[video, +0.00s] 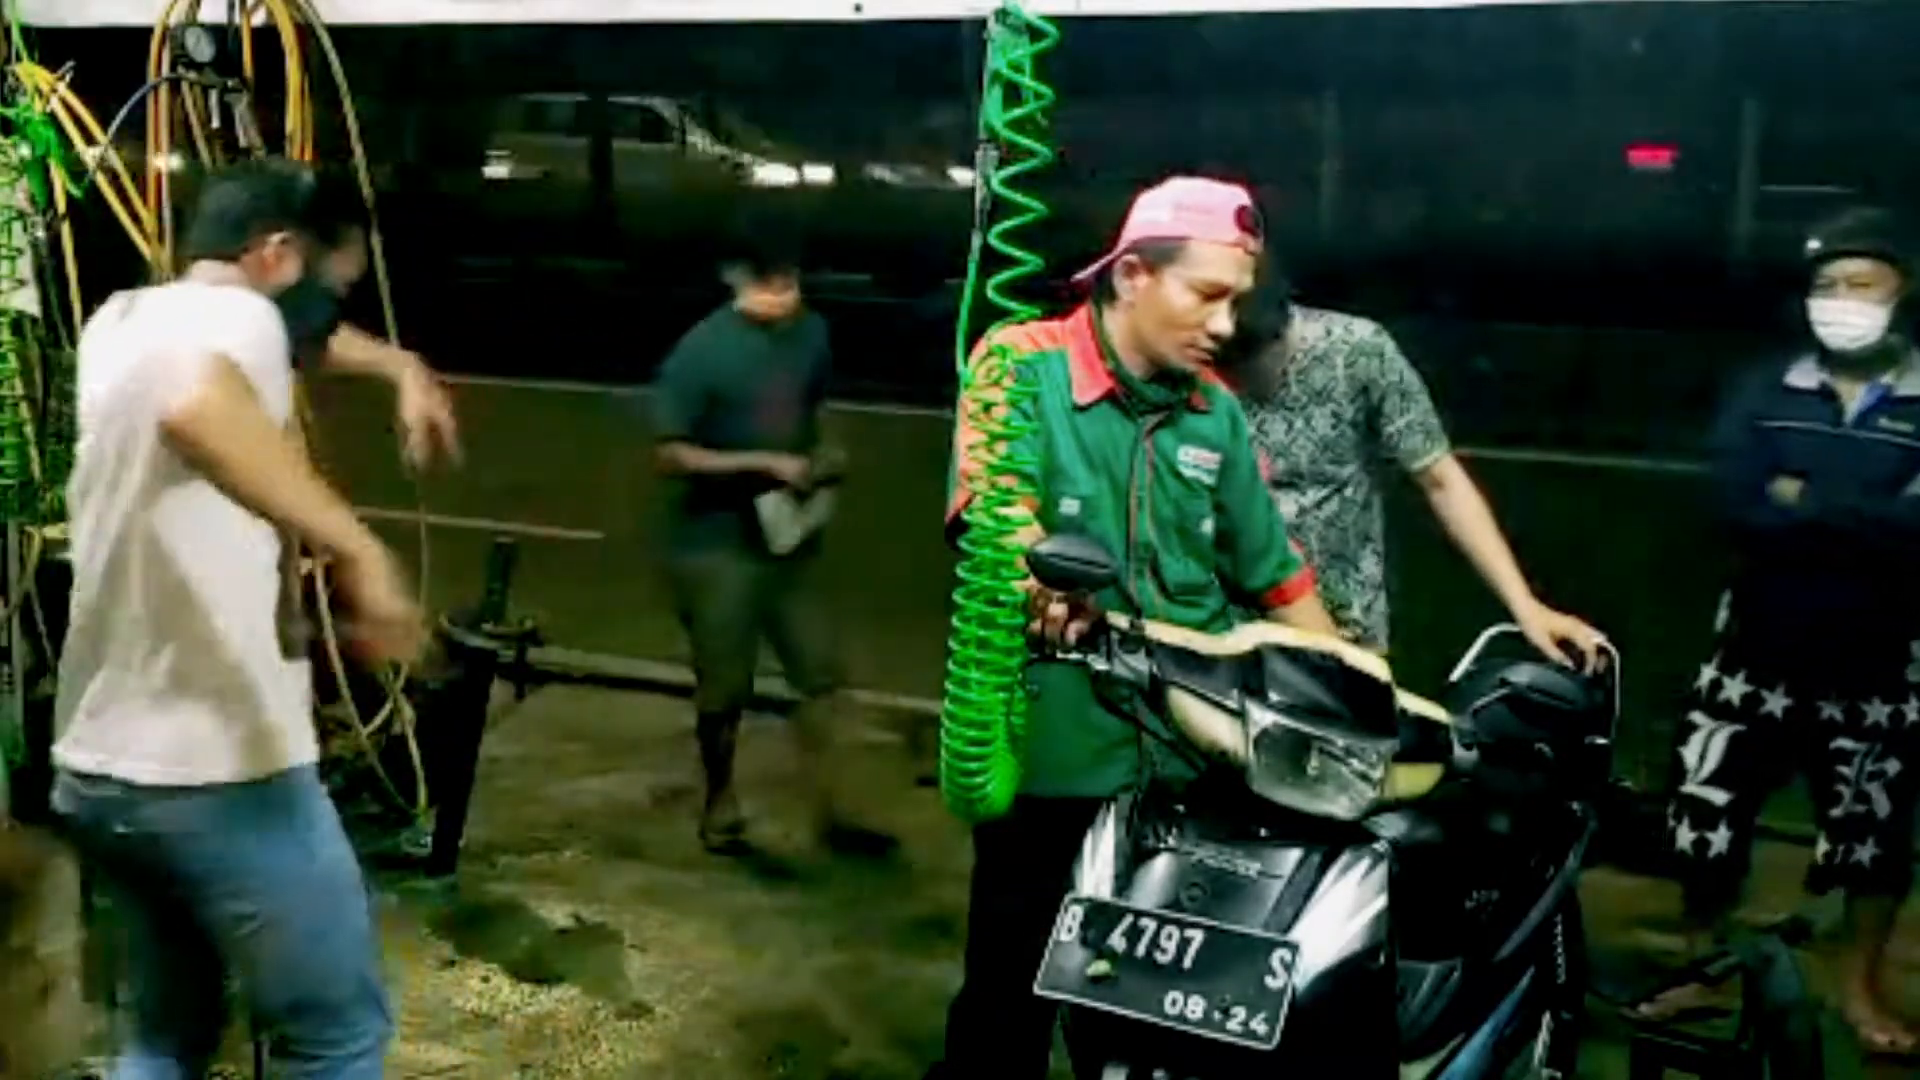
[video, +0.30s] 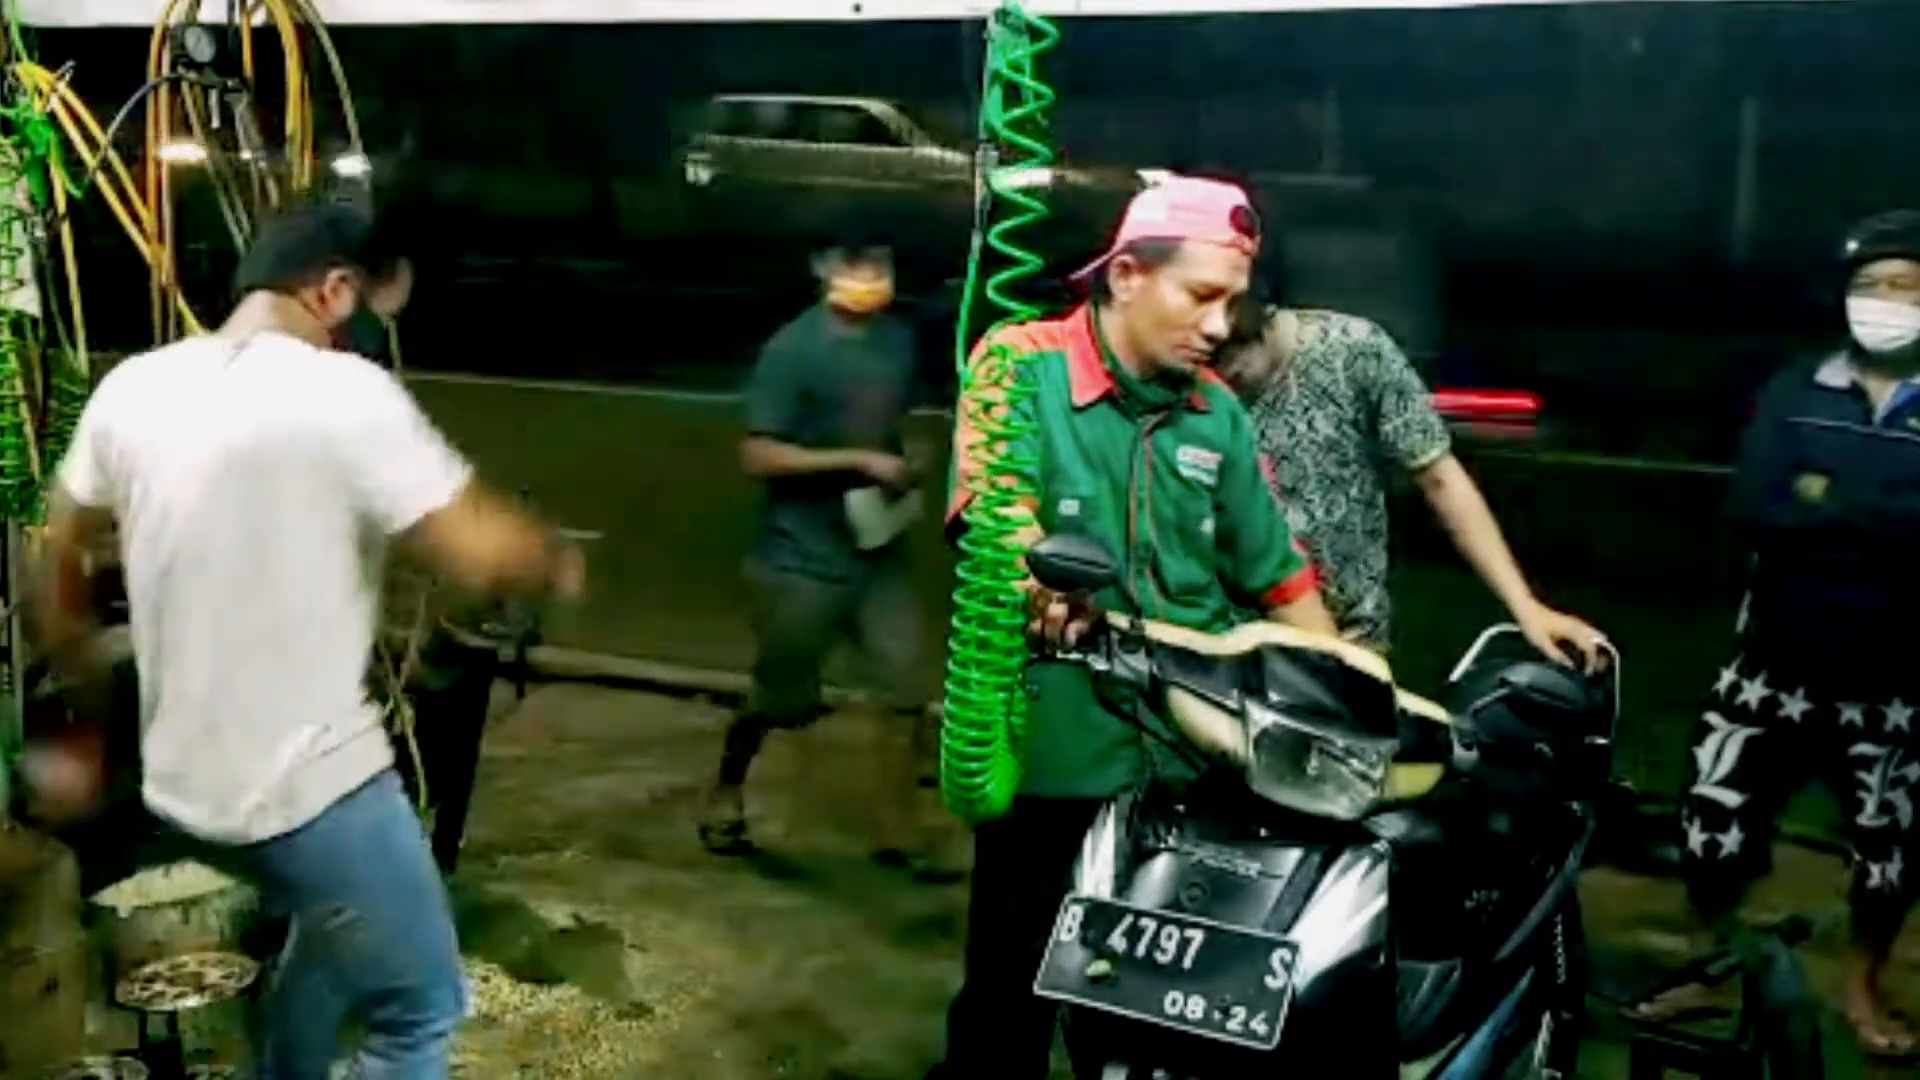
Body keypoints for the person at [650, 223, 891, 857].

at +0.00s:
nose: (781, 297)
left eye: (788, 283)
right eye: (767, 285)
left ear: (800, 282)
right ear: (736, 282)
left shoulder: (809, 338)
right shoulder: (705, 349)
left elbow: (811, 422)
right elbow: (669, 450)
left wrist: (823, 461)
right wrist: (769, 463)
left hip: (785, 544)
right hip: (714, 546)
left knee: (819, 676)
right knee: (723, 686)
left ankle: (827, 815)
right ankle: (720, 809)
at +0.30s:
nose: (868, 286)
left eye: (878, 274)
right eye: (855, 273)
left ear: (890, 281)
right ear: (826, 277)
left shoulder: (894, 344)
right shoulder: (794, 348)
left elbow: (887, 430)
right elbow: (757, 453)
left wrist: (900, 471)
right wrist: (860, 461)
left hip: (875, 555)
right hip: (798, 554)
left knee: (906, 688)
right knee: (778, 695)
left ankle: (895, 833)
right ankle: (726, 801)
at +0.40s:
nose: (900, 281)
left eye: (910, 268)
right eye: (886, 267)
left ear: (925, 273)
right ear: (857, 270)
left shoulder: (936, 342)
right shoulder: (825, 345)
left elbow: (961, 424)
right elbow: (789, 447)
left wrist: (953, 465)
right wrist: (896, 455)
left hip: (919, 560)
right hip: (840, 561)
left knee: (918, 705)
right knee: (837, 716)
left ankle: (897, 833)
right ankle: (761, 784)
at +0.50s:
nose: (923, 268)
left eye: (934, 255)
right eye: (910, 253)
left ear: (951, 264)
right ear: (882, 257)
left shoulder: (951, 340)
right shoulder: (850, 339)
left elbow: (969, 424)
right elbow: (819, 445)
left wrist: (977, 459)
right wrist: (928, 448)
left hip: (947, 548)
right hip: (873, 547)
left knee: (931, 704)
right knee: (887, 704)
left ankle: (902, 827)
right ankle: (815, 780)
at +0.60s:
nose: (956, 271)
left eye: (964, 258)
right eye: (943, 257)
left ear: (973, 266)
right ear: (911, 260)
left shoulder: (977, 338)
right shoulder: (881, 340)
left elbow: (998, 423)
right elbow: (845, 447)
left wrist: (991, 449)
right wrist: (945, 449)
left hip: (978, 551)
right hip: (905, 549)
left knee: (970, 692)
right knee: (935, 689)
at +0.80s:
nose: (1010, 297)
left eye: (1020, 283)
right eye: (997, 282)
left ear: (1034, 287)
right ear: (964, 283)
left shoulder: (1044, 353)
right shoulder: (937, 355)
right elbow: (901, 466)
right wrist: (974, 465)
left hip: (1028, 541)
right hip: (952, 547)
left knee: (1023, 688)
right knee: (959, 687)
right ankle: (918, 825)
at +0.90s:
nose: (1036, 323)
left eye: (1052, 309)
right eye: (1025, 306)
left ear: (1076, 302)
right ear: (999, 299)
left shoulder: (1079, 362)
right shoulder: (968, 361)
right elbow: (936, 476)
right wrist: (999, 480)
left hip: (1066, 542)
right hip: (986, 544)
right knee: (971, 685)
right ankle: (936, 819)